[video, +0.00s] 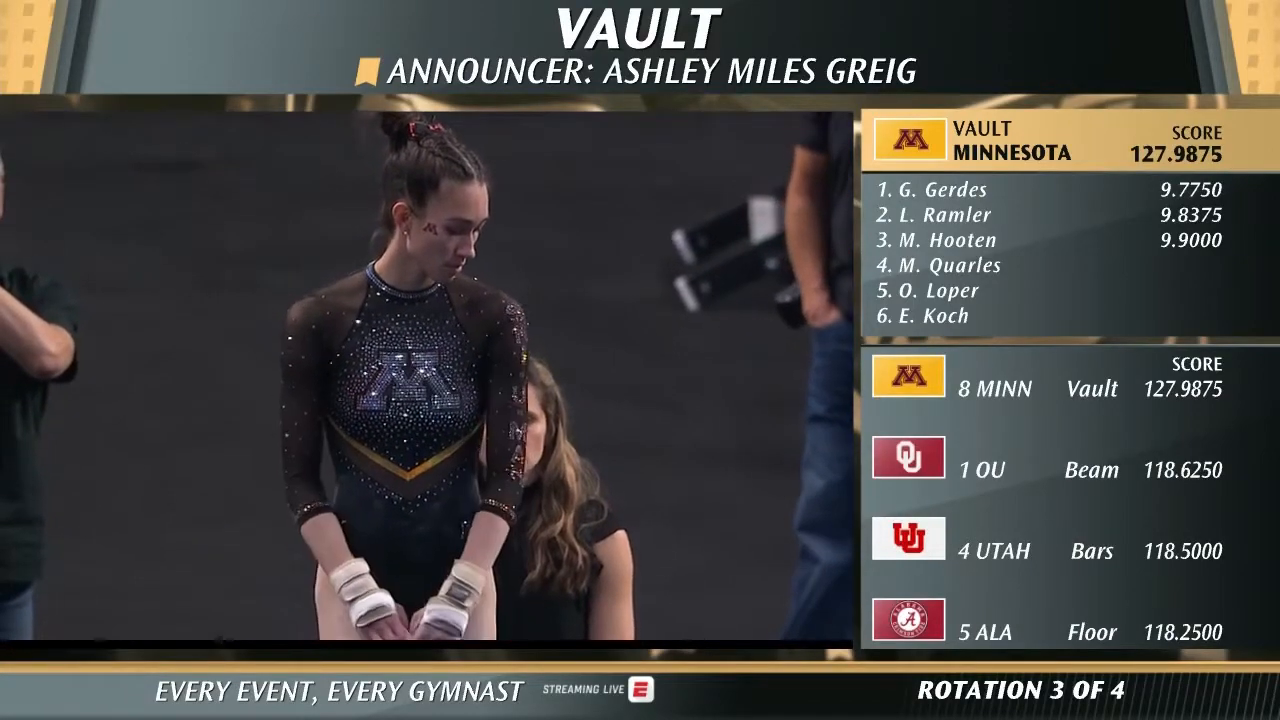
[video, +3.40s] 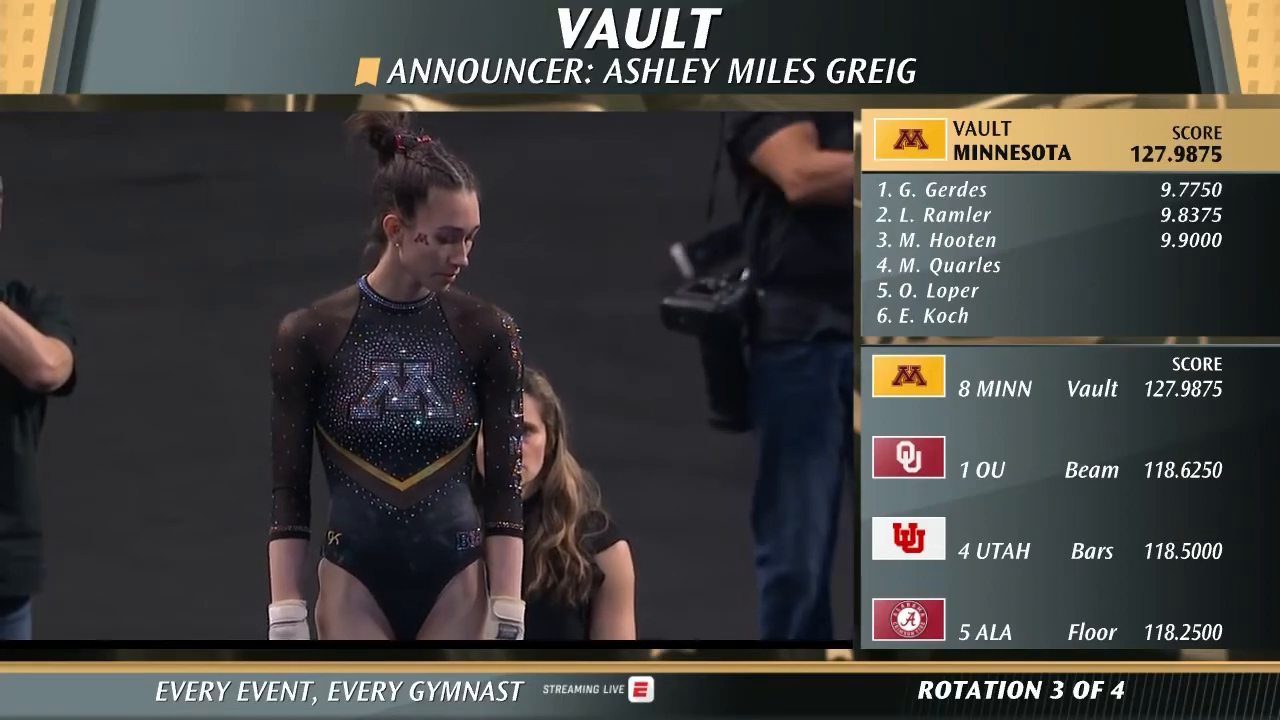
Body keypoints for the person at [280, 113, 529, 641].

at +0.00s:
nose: (470, 248)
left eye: (477, 229)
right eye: (455, 230)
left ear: (484, 217)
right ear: (402, 216)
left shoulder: (493, 318)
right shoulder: (317, 321)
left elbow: (505, 475)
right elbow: (299, 480)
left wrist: (456, 597)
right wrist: (358, 590)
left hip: (462, 572)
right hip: (352, 572)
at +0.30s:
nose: (473, 249)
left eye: (481, 231)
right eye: (458, 230)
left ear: (489, 219)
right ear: (406, 216)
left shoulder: (498, 319)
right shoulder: (321, 320)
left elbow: (521, 473)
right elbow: (301, 474)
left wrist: (519, 621)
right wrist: (306, 617)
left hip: (466, 565)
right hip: (357, 564)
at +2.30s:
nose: (460, 254)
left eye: (466, 237)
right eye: (444, 239)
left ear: (472, 226)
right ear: (391, 227)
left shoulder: (483, 329)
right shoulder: (306, 333)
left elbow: (500, 480)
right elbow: (286, 487)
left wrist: (499, 619)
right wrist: (285, 623)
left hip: (458, 574)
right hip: (350, 573)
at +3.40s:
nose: (464, 255)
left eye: (471, 237)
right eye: (448, 239)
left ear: (476, 225)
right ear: (394, 228)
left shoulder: (486, 331)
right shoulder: (309, 333)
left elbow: (502, 481)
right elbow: (289, 486)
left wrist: (507, 619)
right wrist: (286, 620)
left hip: (458, 574)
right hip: (351, 573)